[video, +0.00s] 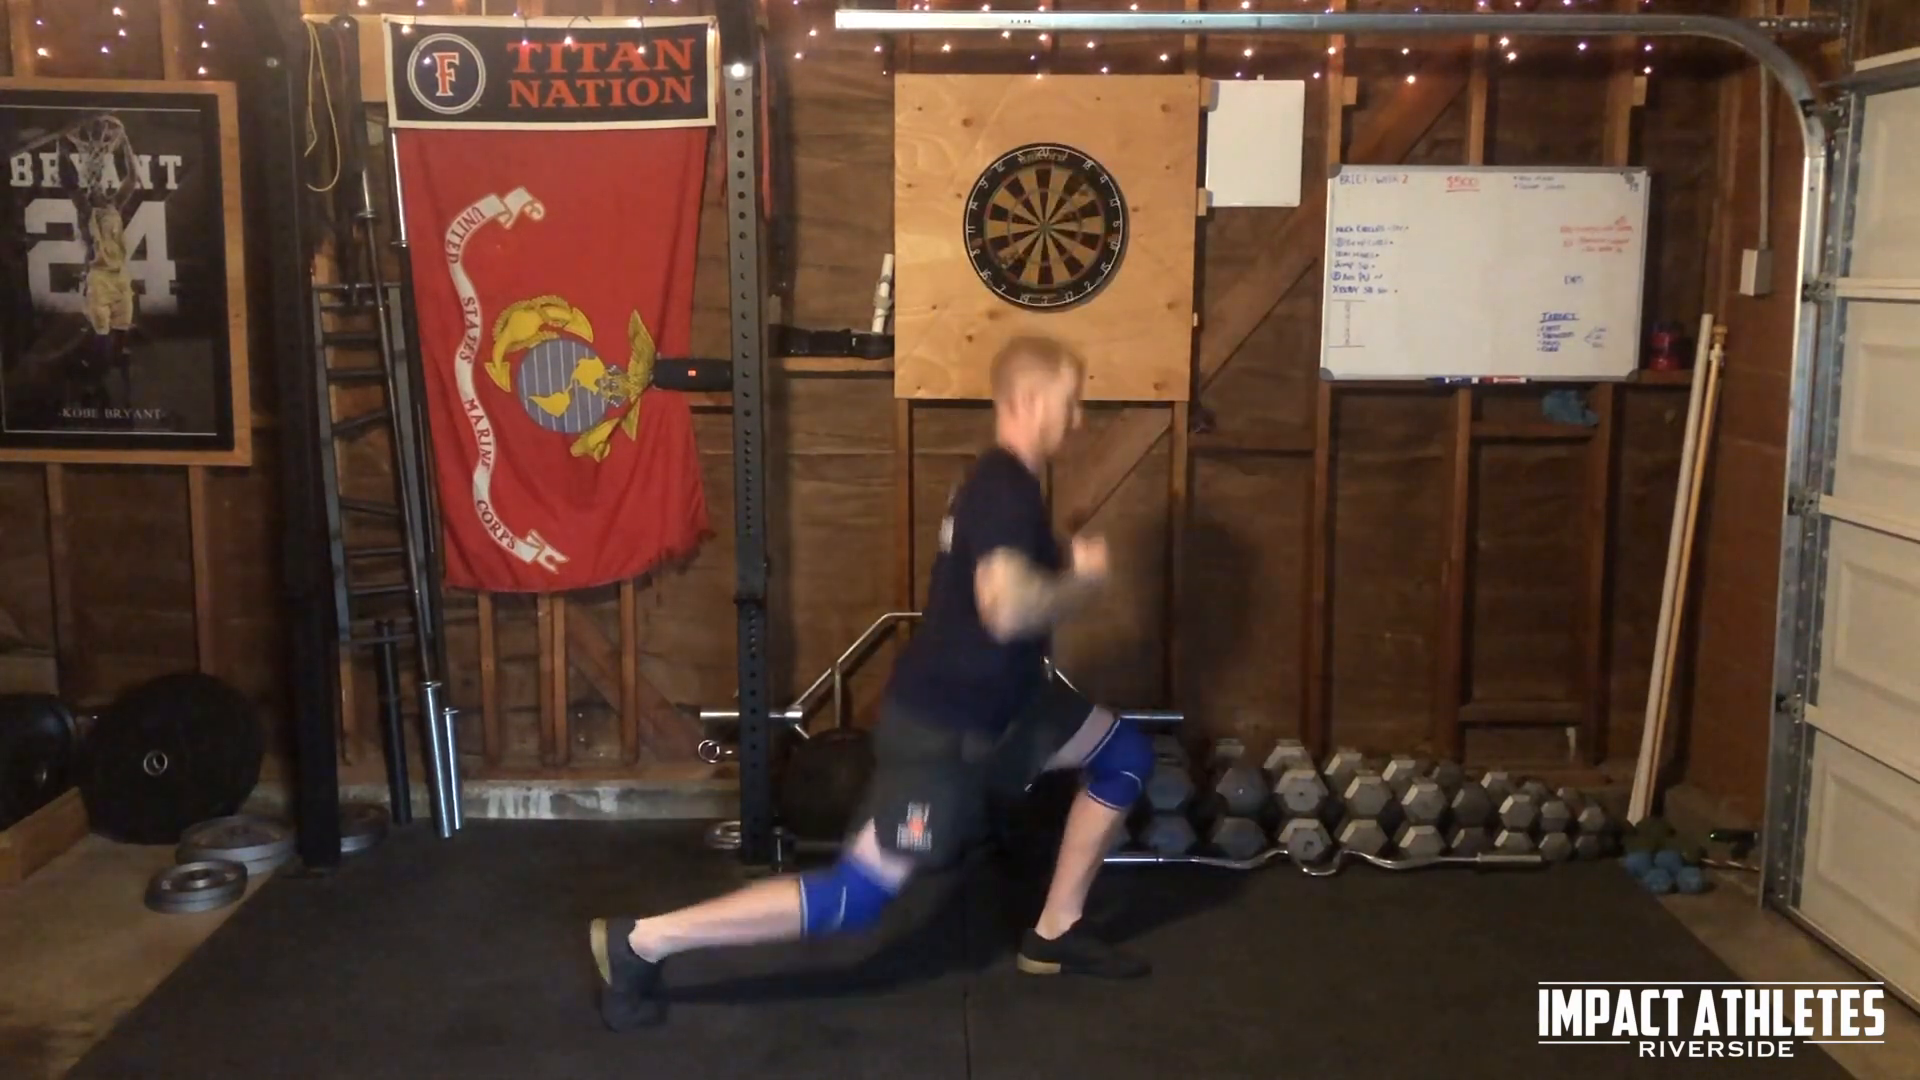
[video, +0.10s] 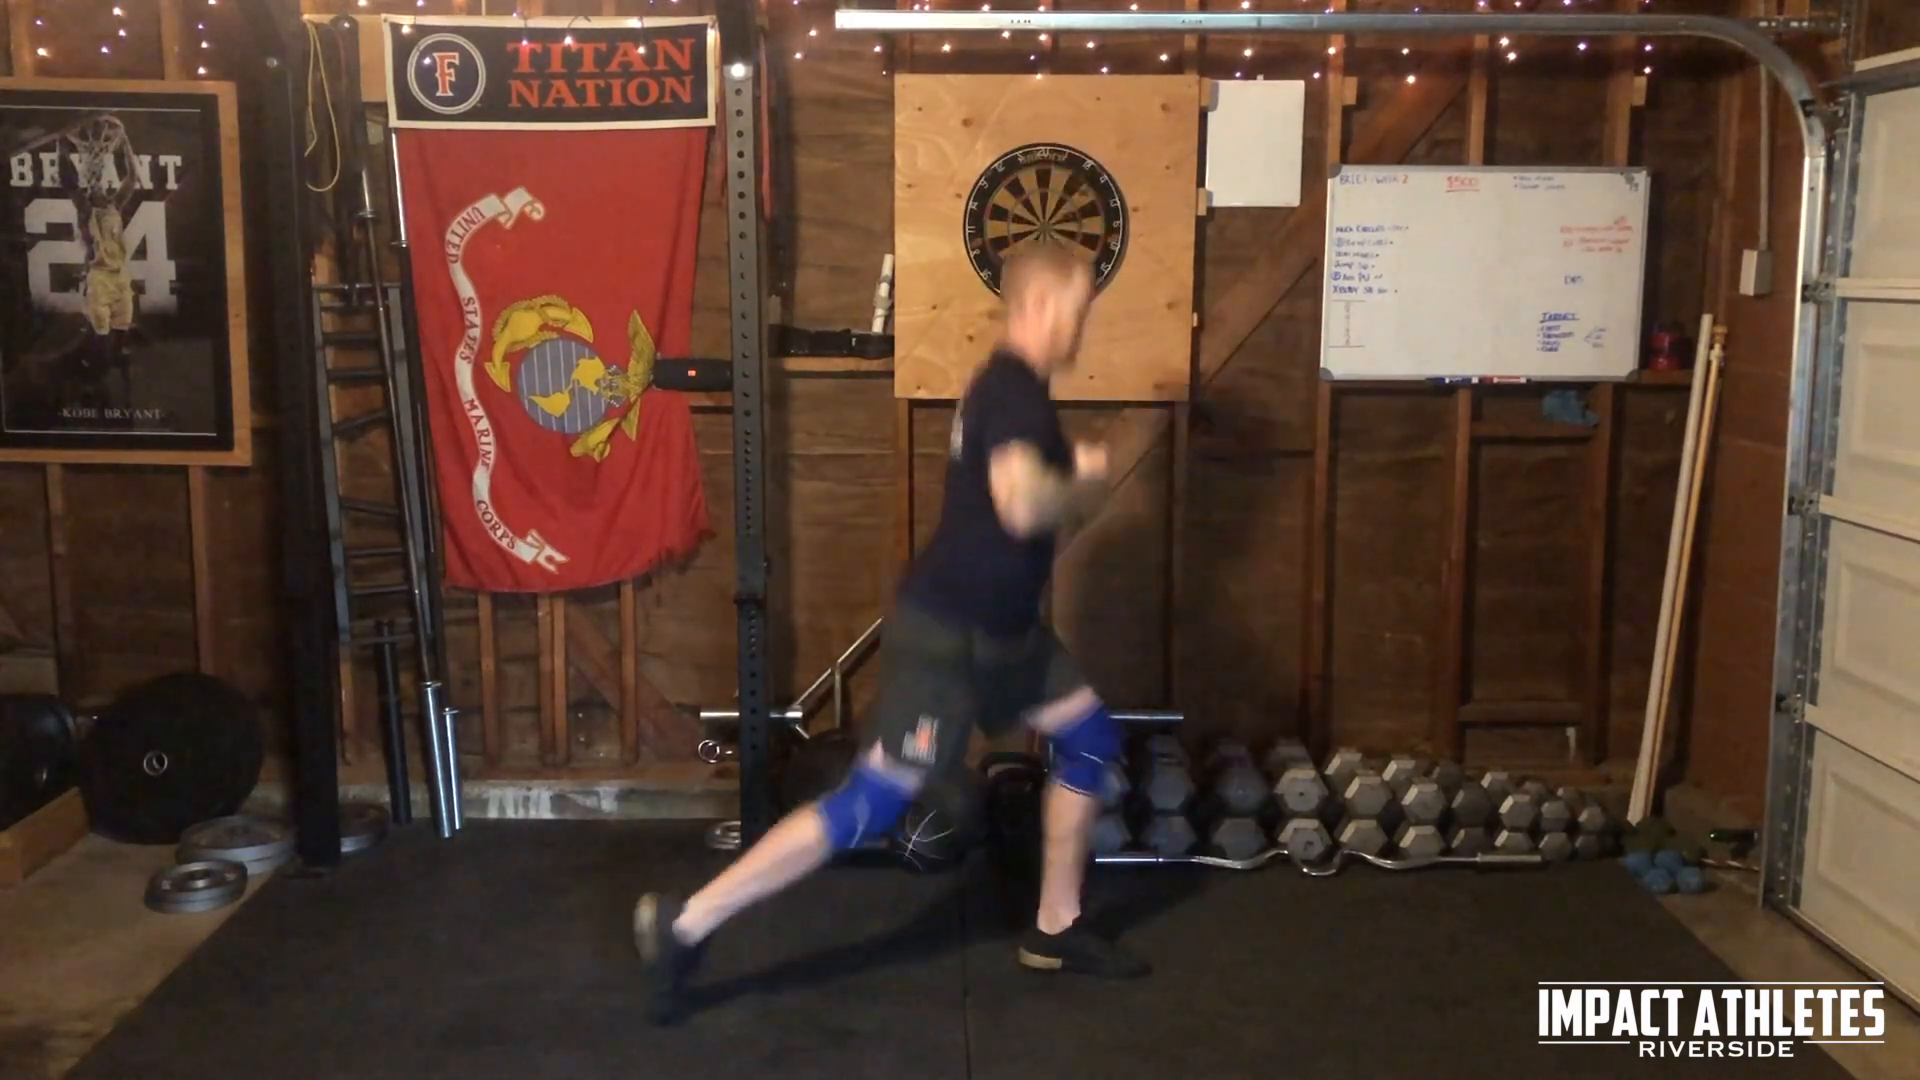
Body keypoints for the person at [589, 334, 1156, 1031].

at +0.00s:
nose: (1078, 418)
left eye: (1078, 402)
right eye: (1070, 401)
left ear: (1023, 404)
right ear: (1025, 404)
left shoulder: (1014, 481)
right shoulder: (1004, 488)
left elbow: (987, 572)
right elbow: (1005, 604)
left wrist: (1064, 560)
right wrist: (1083, 580)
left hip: (1008, 698)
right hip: (943, 716)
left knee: (1124, 757)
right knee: (856, 896)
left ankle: (1055, 932)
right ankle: (640, 941)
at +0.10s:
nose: (1082, 326)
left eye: (1085, 308)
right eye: (1075, 308)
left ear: (1046, 305)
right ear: (1034, 303)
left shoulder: (1024, 388)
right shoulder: (1011, 386)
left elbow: (1034, 502)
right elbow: (1023, 505)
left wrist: (1077, 482)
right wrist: (1084, 481)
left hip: (1008, 631)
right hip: (946, 630)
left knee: (1089, 742)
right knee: (874, 801)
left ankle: (1057, 927)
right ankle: (685, 925)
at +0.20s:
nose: (1099, 250)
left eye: (1101, 233)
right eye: (1094, 231)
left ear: (1033, 226)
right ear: (1052, 226)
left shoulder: (1026, 304)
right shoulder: (1017, 301)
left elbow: (997, 397)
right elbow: (1007, 415)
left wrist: (1066, 413)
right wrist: (1088, 420)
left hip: (989, 550)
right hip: (946, 545)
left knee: (1024, 717)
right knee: (920, 740)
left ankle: (1009, 900)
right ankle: (768, 897)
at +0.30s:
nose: (1102, 226)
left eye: (1106, 210)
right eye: (1099, 207)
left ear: (1041, 195)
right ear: (1055, 195)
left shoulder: (1014, 265)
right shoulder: (1021, 266)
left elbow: (991, 372)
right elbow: (987, 377)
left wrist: (1058, 375)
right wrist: (1076, 391)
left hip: (962, 514)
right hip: (955, 519)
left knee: (961, 698)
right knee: (978, 709)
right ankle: (881, 903)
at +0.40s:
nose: (1101, 244)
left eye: (1106, 227)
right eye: (1098, 224)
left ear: (1043, 214)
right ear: (1056, 214)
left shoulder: (1029, 289)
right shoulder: (1014, 289)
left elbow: (990, 391)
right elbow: (972, 394)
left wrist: (1062, 402)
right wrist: (1071, 414)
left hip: (960, 533)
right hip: (951, 538)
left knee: (932, 720)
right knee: (1037, 717)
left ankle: (777, 834)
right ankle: (993, 927)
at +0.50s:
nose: (1101, 308)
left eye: (1104, 292)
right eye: (1096, 290)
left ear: (1044, 283)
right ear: (1055, 283)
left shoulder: (1024, 359)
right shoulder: (1013, 356)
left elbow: (995, 465)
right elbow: (974, 462)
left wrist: (1072, 470)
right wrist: (1073, 476)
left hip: (933, 594)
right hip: (957, 602)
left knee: (887, 770)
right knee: (1079, 760)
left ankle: (717, 865)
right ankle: (1068, 971)